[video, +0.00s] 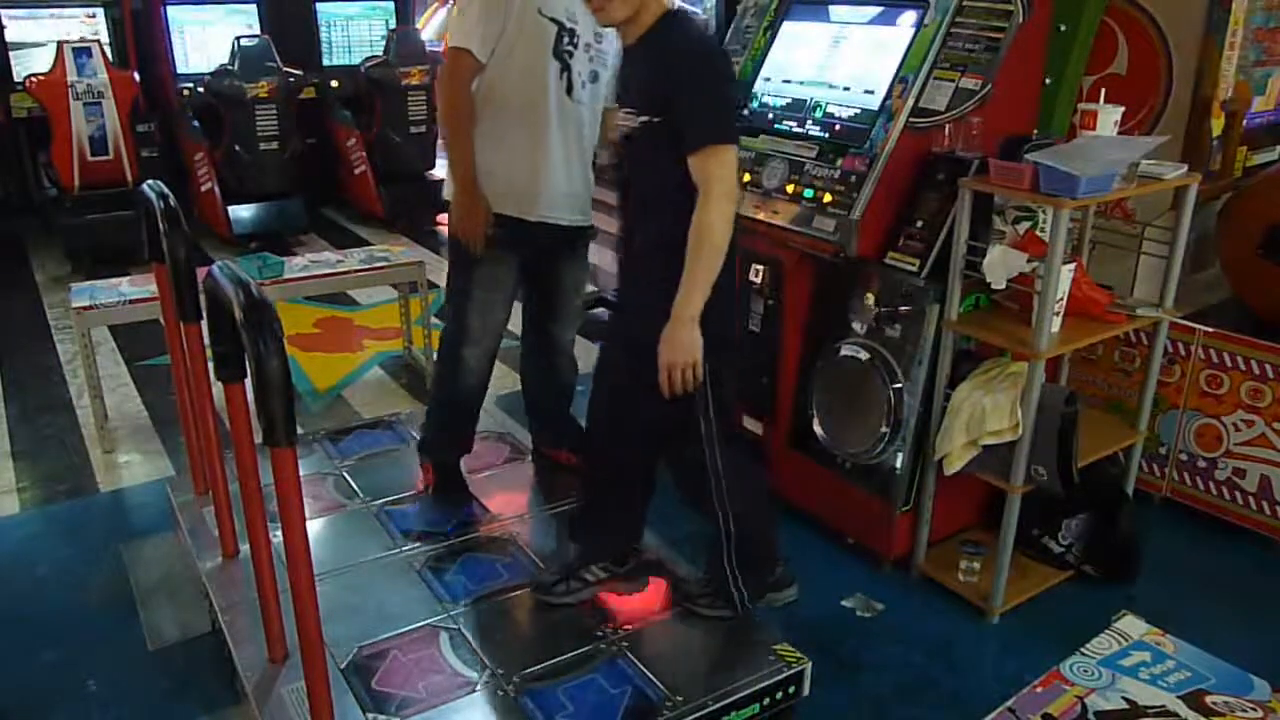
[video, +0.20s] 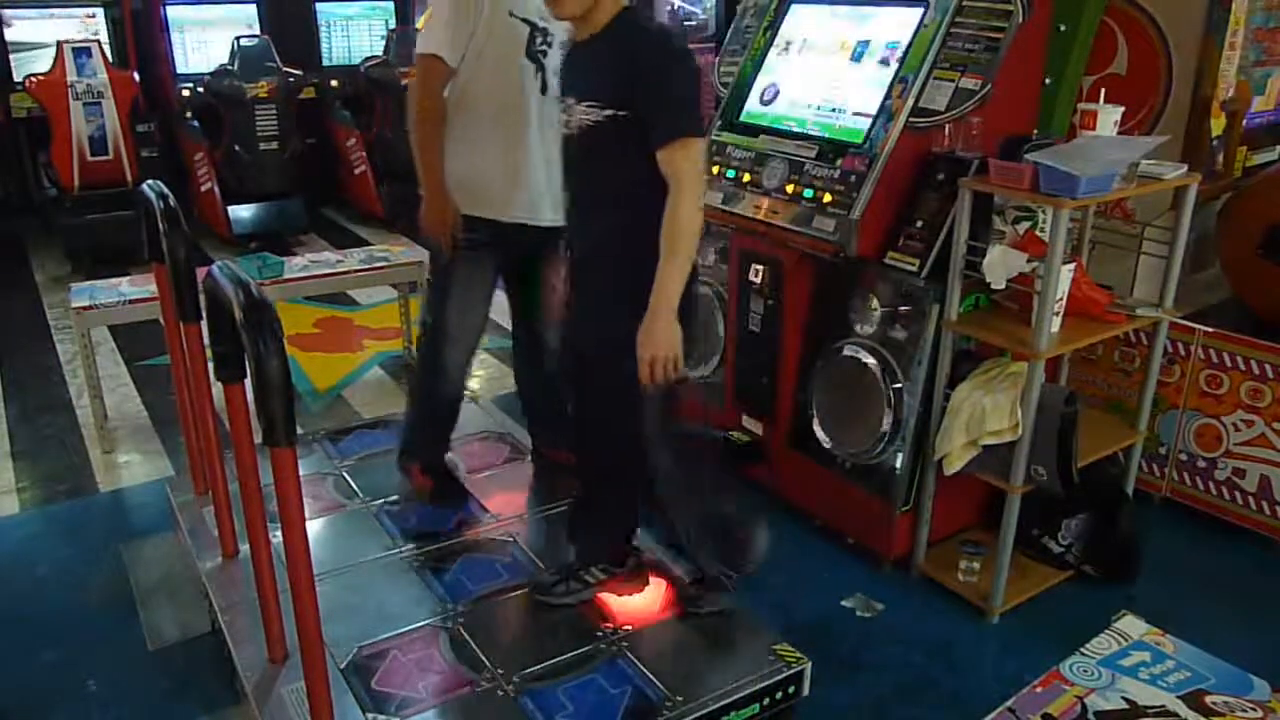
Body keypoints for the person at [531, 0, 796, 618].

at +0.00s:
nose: (593, 3)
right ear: (606, 4)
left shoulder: (693, 55)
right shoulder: (634, 54)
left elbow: (719, 195)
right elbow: (646, 182)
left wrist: (686, 317)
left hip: (686, 300)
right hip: (640, 293)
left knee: (706, 444)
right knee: (615, 427)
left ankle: (755, 567)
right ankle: (610, 549)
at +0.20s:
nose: (552, 6)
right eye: (548, 2)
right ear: (563, 4)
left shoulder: (658, 54)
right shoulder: (576, 55)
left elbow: (689, 187)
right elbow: (589, 177)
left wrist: (663, 311)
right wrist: (569, 259)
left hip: (639, 280)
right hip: (591, 273)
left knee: (639, 425)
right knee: (594, 417)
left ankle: (716, 553)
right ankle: (602, 550)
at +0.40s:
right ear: (519, 1)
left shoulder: (630, 53)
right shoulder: (521, 51)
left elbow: (660, 187)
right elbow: (519, 168)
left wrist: (630, 311)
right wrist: (487, 265)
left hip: (602, 287)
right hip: (533, 279)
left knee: (583, 454)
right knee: (548, 446)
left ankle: (631, 568)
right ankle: (590, 562)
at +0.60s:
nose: (474, 0)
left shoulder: (603, 53)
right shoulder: (480, 44)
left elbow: (638, 190)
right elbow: (468, 163)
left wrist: (624, 314)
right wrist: (425, 266)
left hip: (583, 285)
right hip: (504, 279)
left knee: (546, 457)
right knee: (554, 425)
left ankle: (520, 623)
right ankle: (600, 542)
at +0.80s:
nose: (449, 2)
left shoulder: (588, 72)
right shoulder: (443, 50)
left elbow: (615, 213)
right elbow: (433, 174)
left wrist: (623, 338)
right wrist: (391, 281)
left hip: (552, 315)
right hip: (470, 309)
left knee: (523, 479)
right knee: (489, 444)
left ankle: (504, 647)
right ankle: (585, 532)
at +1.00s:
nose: (425, 4)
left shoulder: (570, 70)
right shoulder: (408, 45)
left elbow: (599, 216)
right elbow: (395, 166)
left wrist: (600, 346)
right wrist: (357, 267)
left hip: (531, 325)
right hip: (436, 319)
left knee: (514, 505)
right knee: (436, 481)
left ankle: (501, 661)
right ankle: (529, 541)